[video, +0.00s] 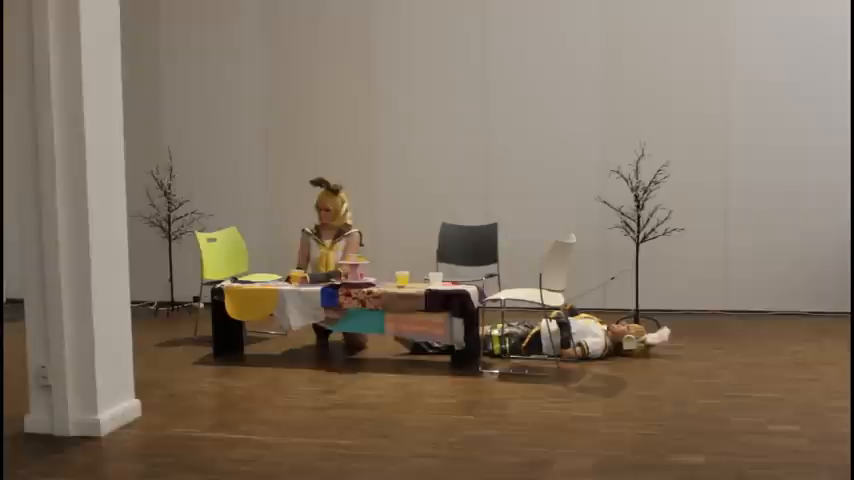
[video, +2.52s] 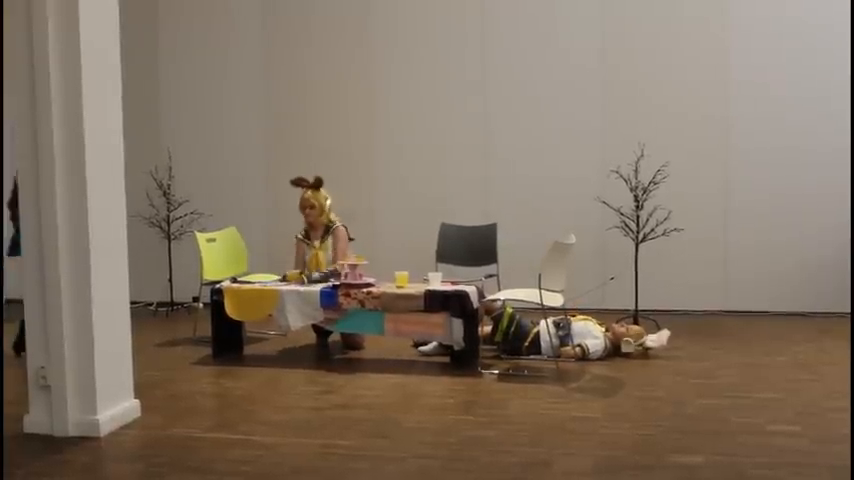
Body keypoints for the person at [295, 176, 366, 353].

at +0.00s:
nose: (322, 215)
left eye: (327, 210)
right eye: (319, 209)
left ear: (340, 211)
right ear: (315, 209)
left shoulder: (351, 234)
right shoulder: (309, 234)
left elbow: (345, 271)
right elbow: (301, 268)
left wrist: (311, 278)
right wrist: (296, 278)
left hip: (343, 291)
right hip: (315, 291)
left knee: (357, 343)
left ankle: (351, 337)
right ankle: (321, 338)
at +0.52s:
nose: (307, 206)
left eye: (313, 202)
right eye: (305, 201)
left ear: (325, 203)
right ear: (301, 202)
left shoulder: (337, 227)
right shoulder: (301, 230)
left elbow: (333, 255)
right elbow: (295, 258)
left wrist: (317, 275)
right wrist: (292, 274)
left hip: (334, 285)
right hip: (308, 286)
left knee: (353, 342)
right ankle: (320, 336)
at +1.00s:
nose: (296, 215)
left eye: (301, 211)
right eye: (296, 210)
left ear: (315, 213)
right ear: (296, 211)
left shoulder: (334, 236)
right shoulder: (296, 240)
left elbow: (338, 270)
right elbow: (271, 261)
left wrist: (308, 279)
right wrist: (246, 273)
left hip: (338, 295)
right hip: (312, 298)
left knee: (354, 343)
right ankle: (321, 338)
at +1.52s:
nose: (313, 216)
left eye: (318, 211)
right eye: (309, 211)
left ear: (329, 212)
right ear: (305, 212)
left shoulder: (342, 235)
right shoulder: (299, 238)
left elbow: (340, 270)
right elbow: (291, 273)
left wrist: (310, 279)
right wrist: (283, 266)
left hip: (338, 293)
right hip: (310, 295)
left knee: (354, 343)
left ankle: (348, 333)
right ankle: (321, 338)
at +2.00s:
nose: (315, 212)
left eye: (321, 208)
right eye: (312, 207)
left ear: (332, 209)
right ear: (308, 207)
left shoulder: (343, 234)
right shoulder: (301, 234)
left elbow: (338, 269)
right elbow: (291, 270)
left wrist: (307, 279)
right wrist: (290, 278)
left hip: (337, 291)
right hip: (310, 293)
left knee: (353, 344)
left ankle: (347, 336)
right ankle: (319, 339)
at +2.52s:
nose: (306, 212)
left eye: (311, 208)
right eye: (303, 208)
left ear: (323, 208)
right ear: (300, 209)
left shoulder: (337, 230)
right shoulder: (303, 237)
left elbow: (340, 267)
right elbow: (298, 271)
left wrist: (316, 277)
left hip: (340, 288)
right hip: (314, 291)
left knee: (355, 343)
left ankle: (347, 332)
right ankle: (321, 337)